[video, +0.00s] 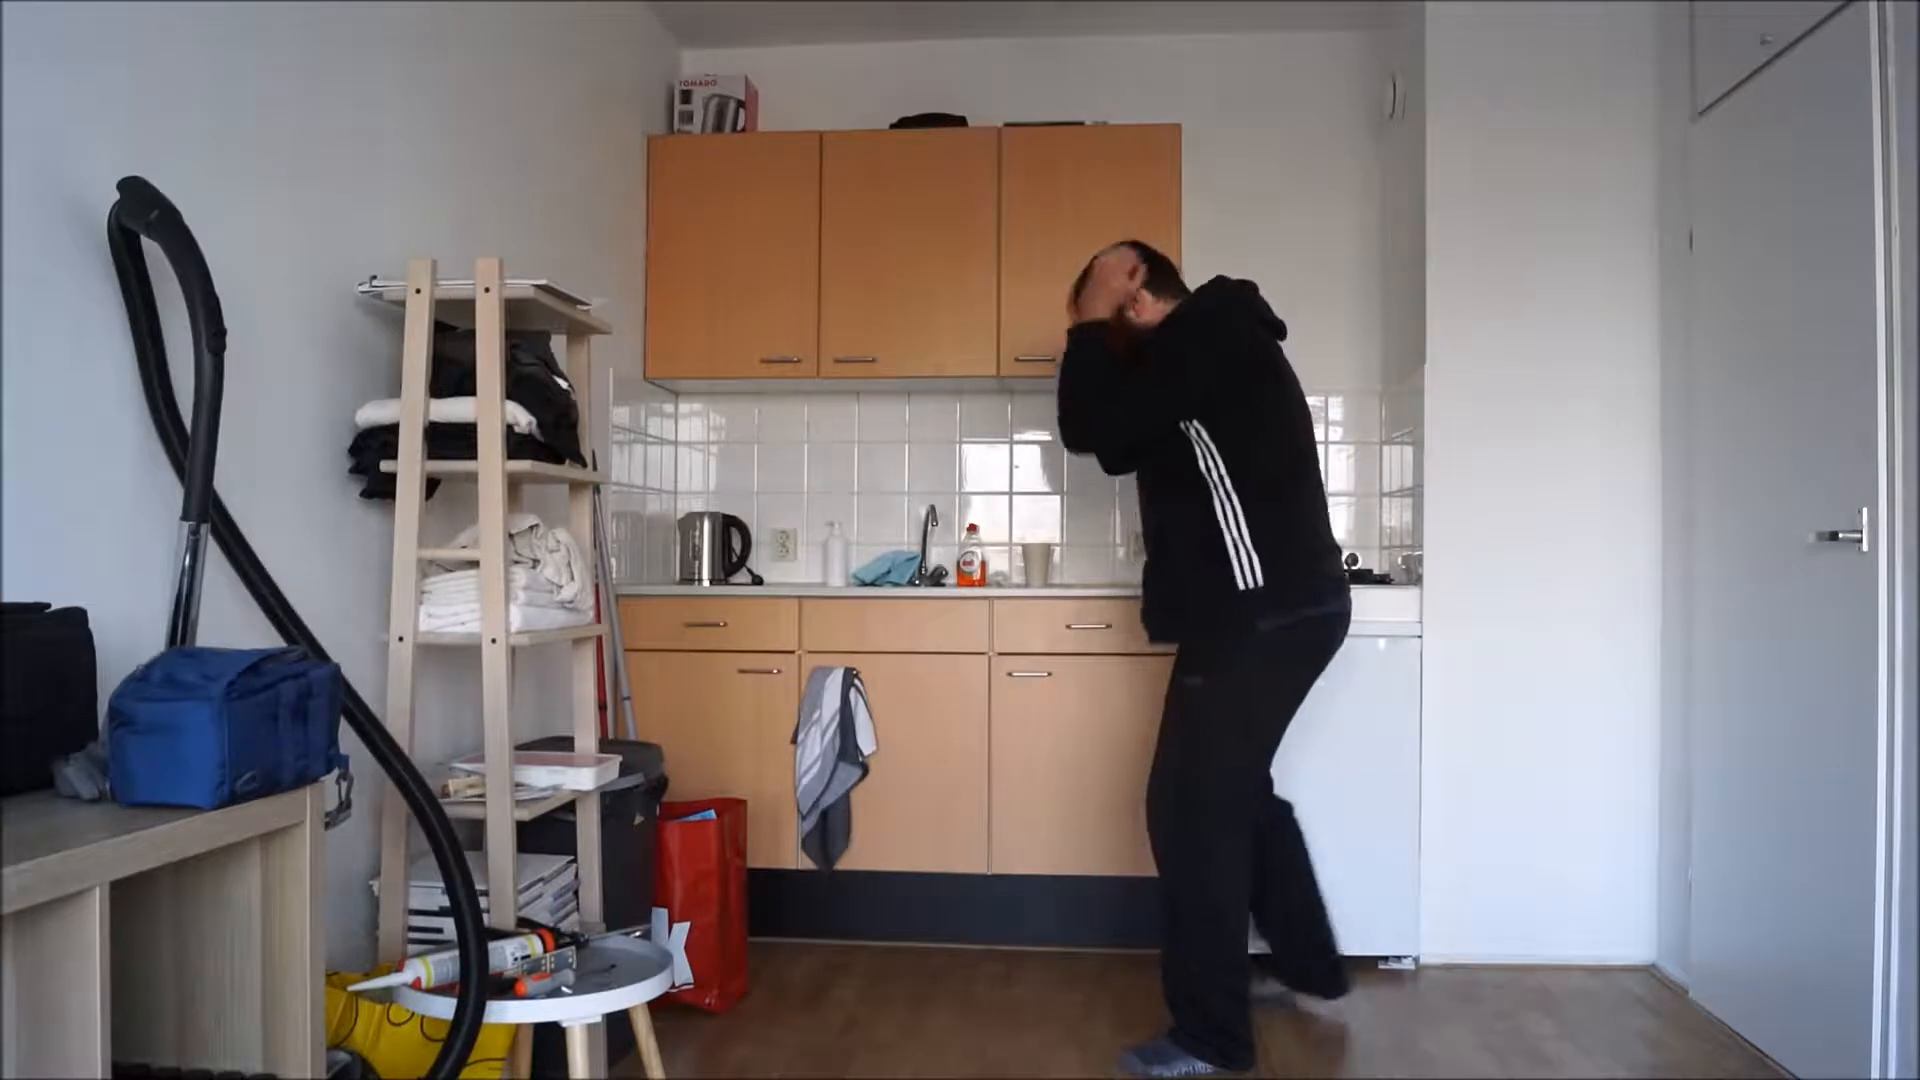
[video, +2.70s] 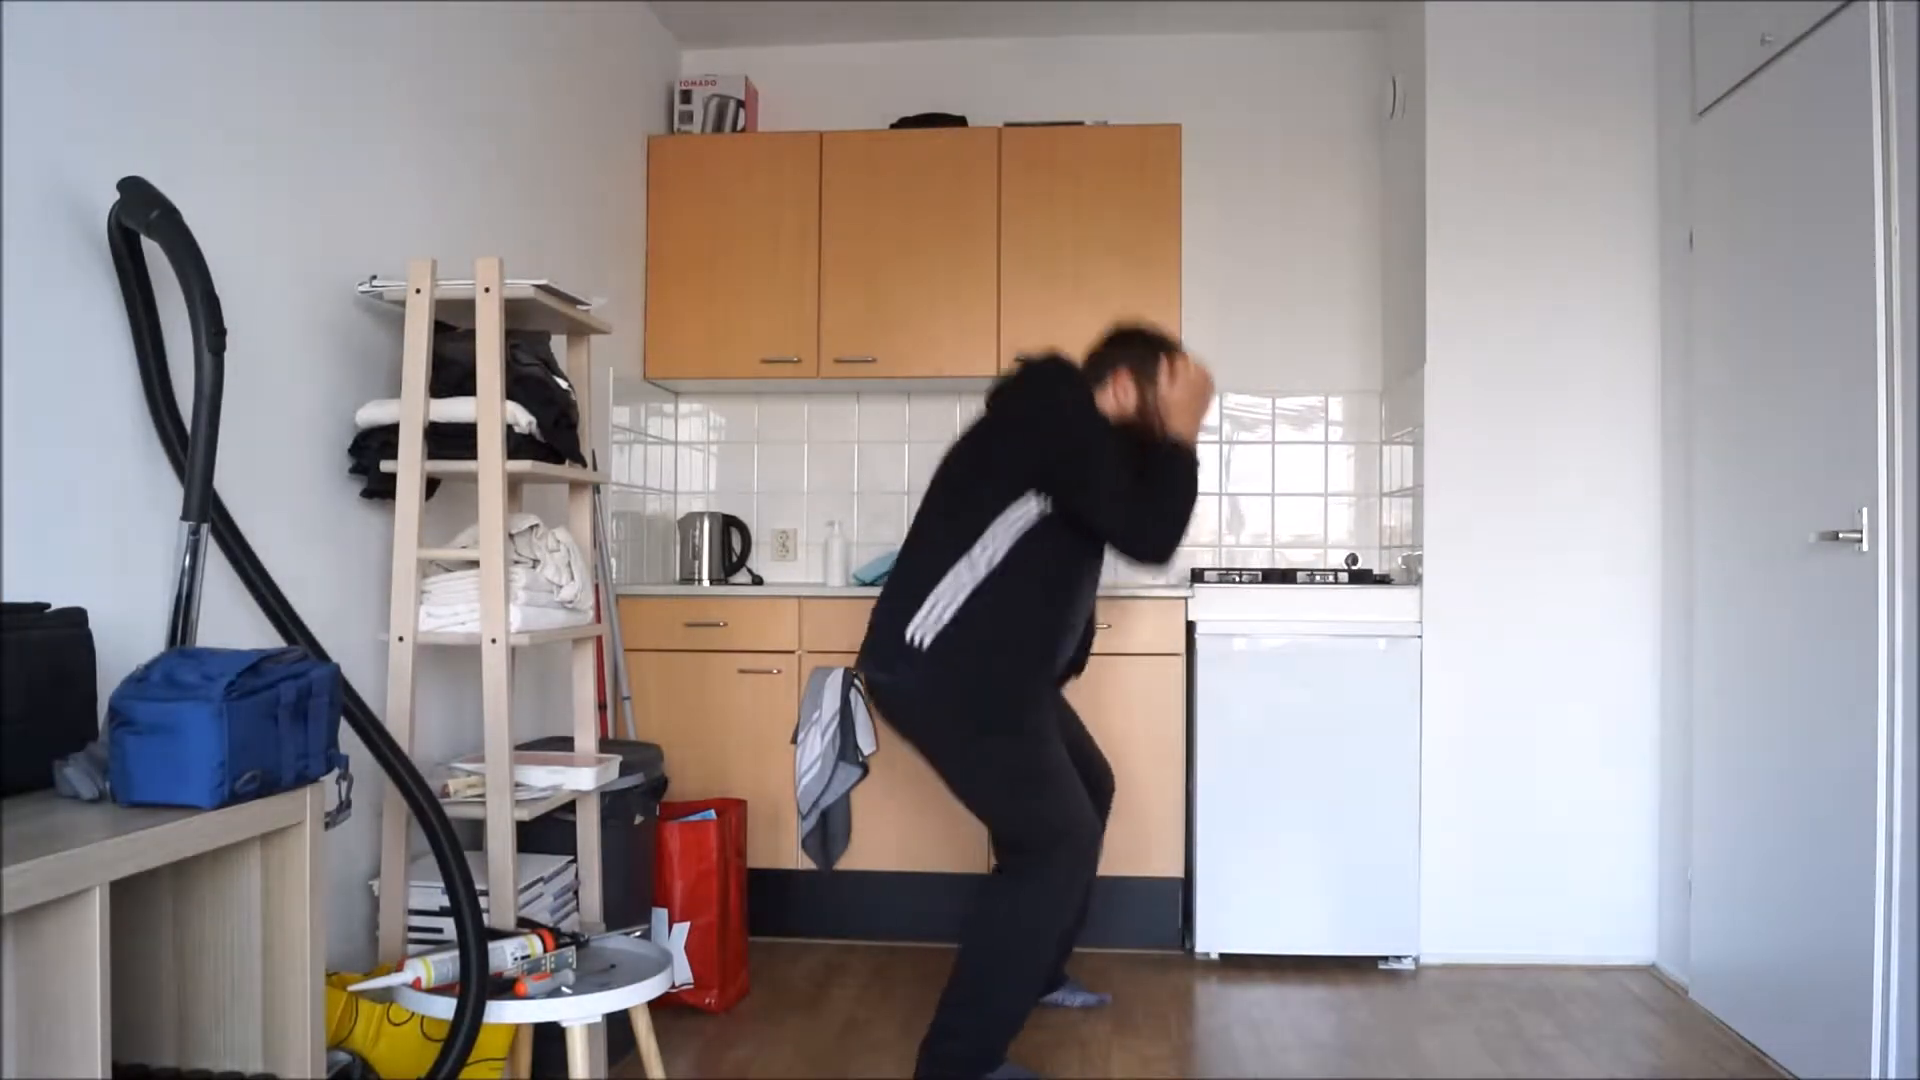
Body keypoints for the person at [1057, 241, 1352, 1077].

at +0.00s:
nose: (1083, 309)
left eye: (1090, 289)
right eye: (1084, 295)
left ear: (1136, 288)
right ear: (1155, 287)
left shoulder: (1189, 342)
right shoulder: (1232, 328)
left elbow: (1095, 430)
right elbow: (1123, 445)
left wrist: (1090, 330)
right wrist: (1095, 340)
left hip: (1246, 617)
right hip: (1299, 607)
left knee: (1188, 807)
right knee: (1236, 787)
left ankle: (1211, 1038)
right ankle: (1312, 965)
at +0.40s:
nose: (1110, 408)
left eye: (1115, 395)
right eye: (1109, 397)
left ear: (1142, 374)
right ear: (1173, 360)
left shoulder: (1166, 398)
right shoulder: (1254, 391)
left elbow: (1097, 504)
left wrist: (1090, 419)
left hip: (1281, 629)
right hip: (1366, 622)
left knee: (1182, 806)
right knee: (1277, 793)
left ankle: (1222, 1042)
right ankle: (1327, 977)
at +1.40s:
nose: (1103, 307)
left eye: (1107, 300)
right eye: (1108, 297)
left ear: (1126, 296)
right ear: (1186, 283)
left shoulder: (1134, 327)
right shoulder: (1262, 333)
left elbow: (1051, 412)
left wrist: (1083, 322)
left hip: (1181, 610)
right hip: (1288, 607)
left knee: (1103, 812)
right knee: (1244, 797)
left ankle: (1102, 1024)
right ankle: (1295, 1016)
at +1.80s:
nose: (1133, 273)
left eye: (1115, 267)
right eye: (1132, 264)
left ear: (1049, 271)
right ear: (1128, 269)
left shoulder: (998, 344)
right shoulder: (1168, 314)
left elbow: (1016, 462)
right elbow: (1216, 429)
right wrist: (1153, 354)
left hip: (1046, 618)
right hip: (1156, 613)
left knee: (1061, 820)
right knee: (1217, 791)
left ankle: (1064, 1027)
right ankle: (1149, 1010)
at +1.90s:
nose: (1138, 277)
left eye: (1130, 267)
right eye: (1135, 266)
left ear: (1047, 263)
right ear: (1119, 263)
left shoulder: (985, 337)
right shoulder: (1141, 319)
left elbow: (1007, 452)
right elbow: (1211, 411)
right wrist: (1163, 313)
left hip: (1016, 616)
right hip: (1114, 615)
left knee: (1059, 811)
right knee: (1156, 803)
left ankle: (1062, 1024)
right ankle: (1015, 1014)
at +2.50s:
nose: (1138, 286)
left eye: (1139, 270)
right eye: (1131, 269)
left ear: (1077, 262)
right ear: (1085, 262)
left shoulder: (1057, 324)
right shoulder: (1025, 307)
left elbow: (1138, 424)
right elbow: (1151, 403)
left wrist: (1148, 309)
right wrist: (1153, 298)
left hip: (1018, 610)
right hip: (969, 612)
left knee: (1067, 782)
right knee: (1020, 807)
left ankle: (1030, 976)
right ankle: (956, 1053)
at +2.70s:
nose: (1166, 420)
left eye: (1171, 407)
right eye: (1164, 404)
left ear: (1113, 385)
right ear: (1122, 387)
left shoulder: (1076, 422)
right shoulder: (1054, 411)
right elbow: (1151, 536)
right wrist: (1178, 436)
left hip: (992, 665)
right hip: (943, 671)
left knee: (1089, 791)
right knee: (1056, 837)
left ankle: (1032, 972)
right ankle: (958, 1058)